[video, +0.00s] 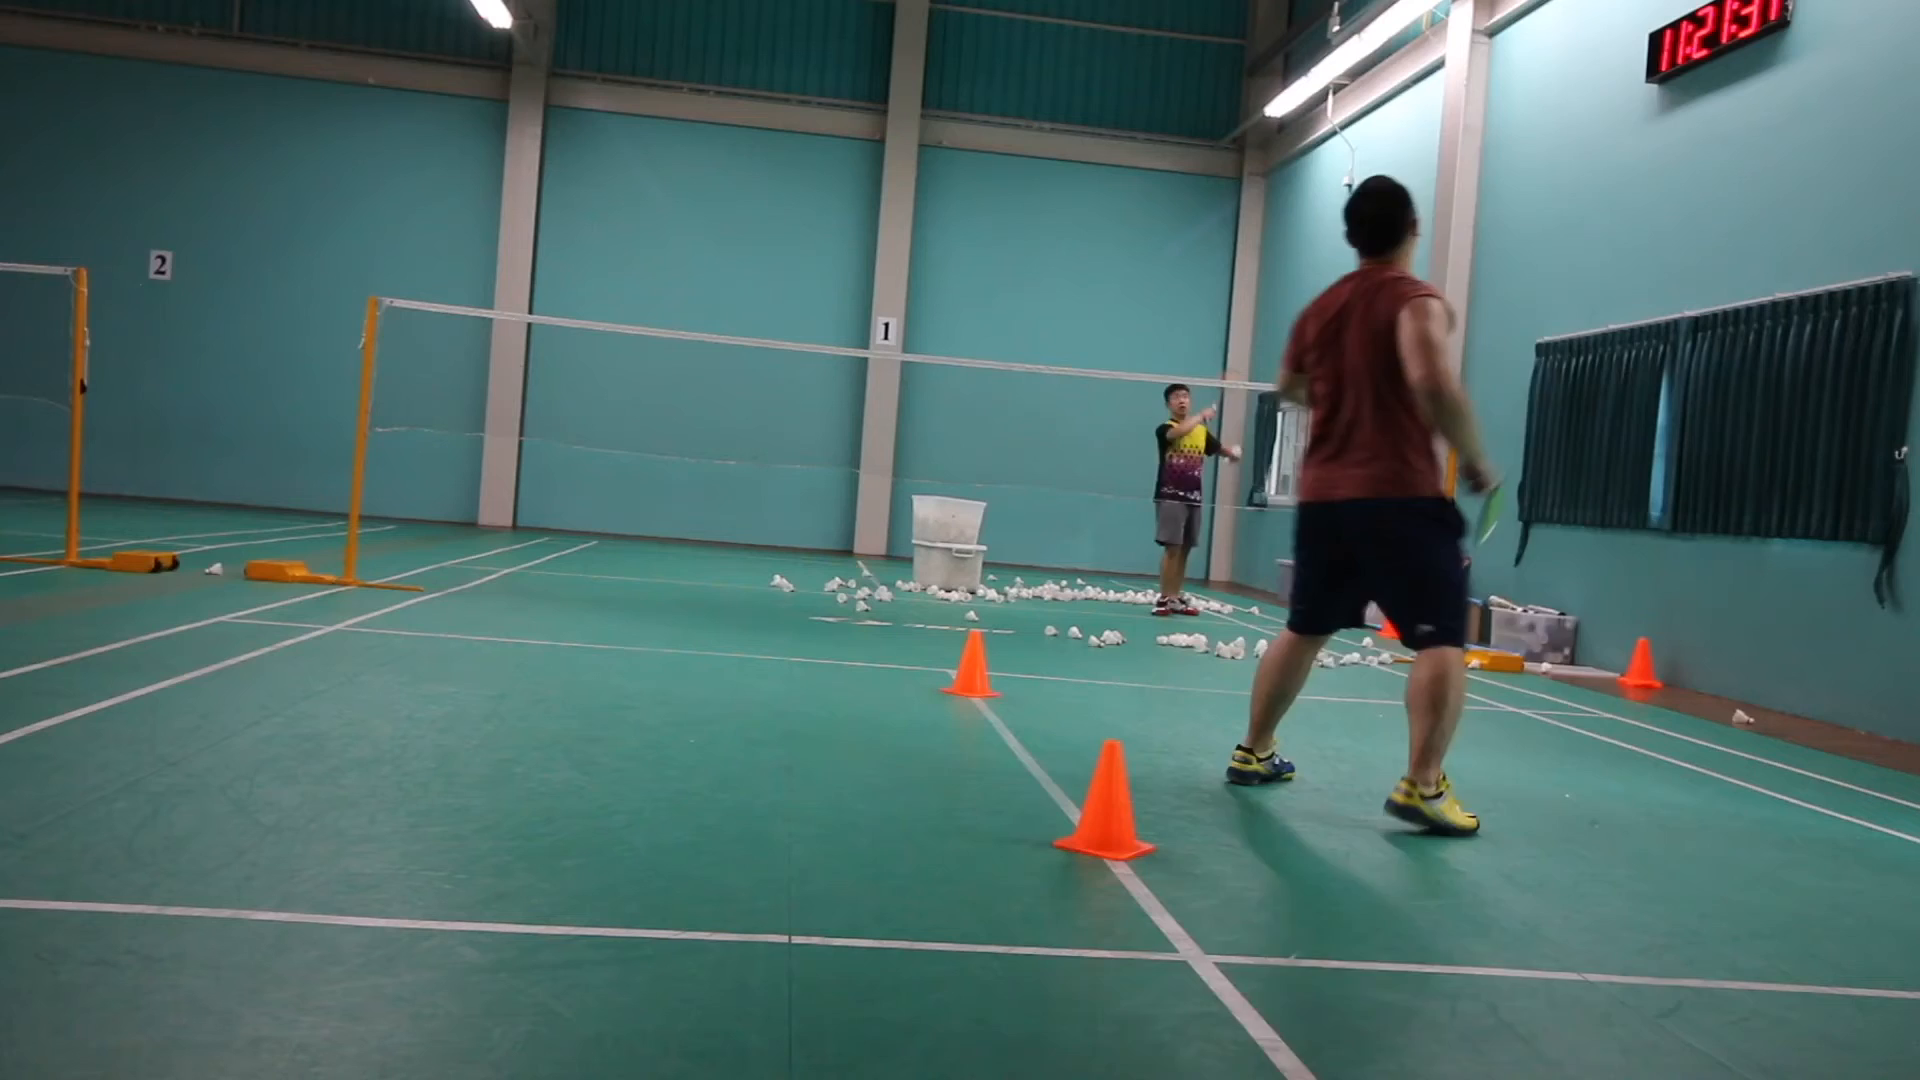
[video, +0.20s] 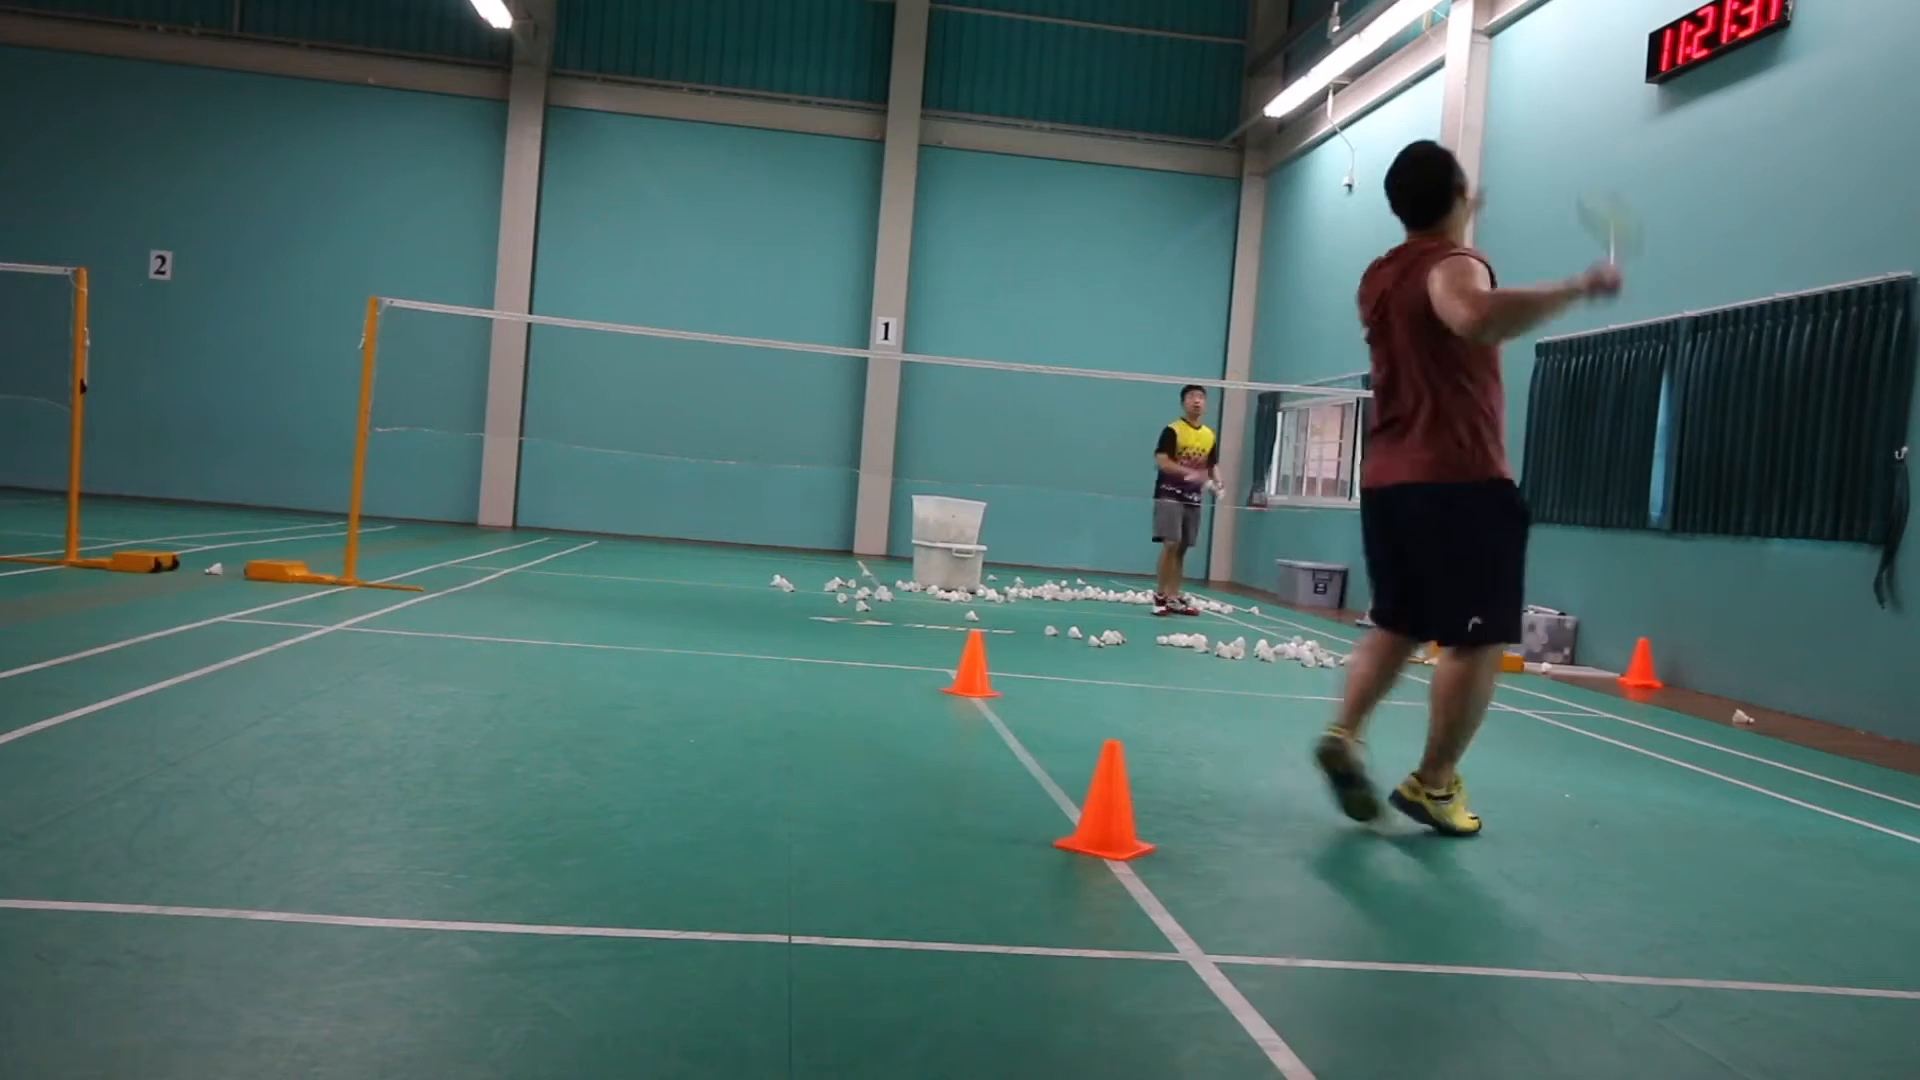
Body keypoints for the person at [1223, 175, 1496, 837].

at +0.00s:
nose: (1418, 232)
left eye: (1411, 222)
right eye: (1417, 223)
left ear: (1351, 236)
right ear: (1410, 232)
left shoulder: (1320, 308)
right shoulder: (1418, 300)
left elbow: (1290, 386)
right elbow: (1430, 381)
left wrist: (1347, 397)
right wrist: (1473, 458)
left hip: (1325, 504)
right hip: (1404, 505)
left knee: (1305, 627)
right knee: (1440, 638)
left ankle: (1253, 750)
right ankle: (1424, 784)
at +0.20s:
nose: (1473, 198)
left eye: (1468, 188)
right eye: (1468, 189)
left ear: (1400, 210)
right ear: (1458, 201)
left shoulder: (1377, 277)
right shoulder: (1453, 263)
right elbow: (1474, 318)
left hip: (1388, 484)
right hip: (1464, 481)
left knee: (1398, 619)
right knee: (1477, 637)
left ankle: (1343, 733)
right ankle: (1435, 780)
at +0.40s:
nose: (1526, 205)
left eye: (1520, 197)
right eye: (1521, 198)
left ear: (1452, 212)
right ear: (1512, 206)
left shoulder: (1440, 261)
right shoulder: (1496, 280)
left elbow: (1438, 201)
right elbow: (1493, 344)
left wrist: (1455, 145)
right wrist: (1568, 254)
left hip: (1439, 495)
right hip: (1519, 499)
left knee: (1439, 640)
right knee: (1569, 647)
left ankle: (1370, 775)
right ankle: (1551, 811)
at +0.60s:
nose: (1564, 201)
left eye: (1553, 192)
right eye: (1555, 195)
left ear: (1488, 227)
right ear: (1550, 215)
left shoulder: (1464, 297)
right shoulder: (1553, 290)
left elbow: (1416, 344)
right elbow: (1609, 325)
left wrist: (1390, 340)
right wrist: (1586, 221)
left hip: (1504, 519)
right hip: (1592, 518)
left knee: (1465, 650)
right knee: (1610, 667)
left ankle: (1360, 752)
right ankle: (1572, 828)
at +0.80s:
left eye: (1421, 232)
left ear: (1420, 242)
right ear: (1486, 227)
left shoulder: (1414, 335)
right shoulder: (1536, 261)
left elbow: (1394, 446)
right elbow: (1589, 196)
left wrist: (1381, 543)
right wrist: (1608, 128)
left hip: (1466, 512)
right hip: (1567, 497)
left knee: (1445, 653)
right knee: (1582, 651)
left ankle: (1459, 801)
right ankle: (1585, 809)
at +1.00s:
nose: (1369, 258)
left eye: (1369, 248)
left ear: (1370, 251)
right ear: (1432, 253)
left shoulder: (1347, 316)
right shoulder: (1476, 320)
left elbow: (1310, 400)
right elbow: (1496, 412)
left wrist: (1307, 499)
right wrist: (1479, 484)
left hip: (1399, 506)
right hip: (1481, 500)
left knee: (1411, 656)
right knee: (1472, 636)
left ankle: (1457, 800)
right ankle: (1488, 777)